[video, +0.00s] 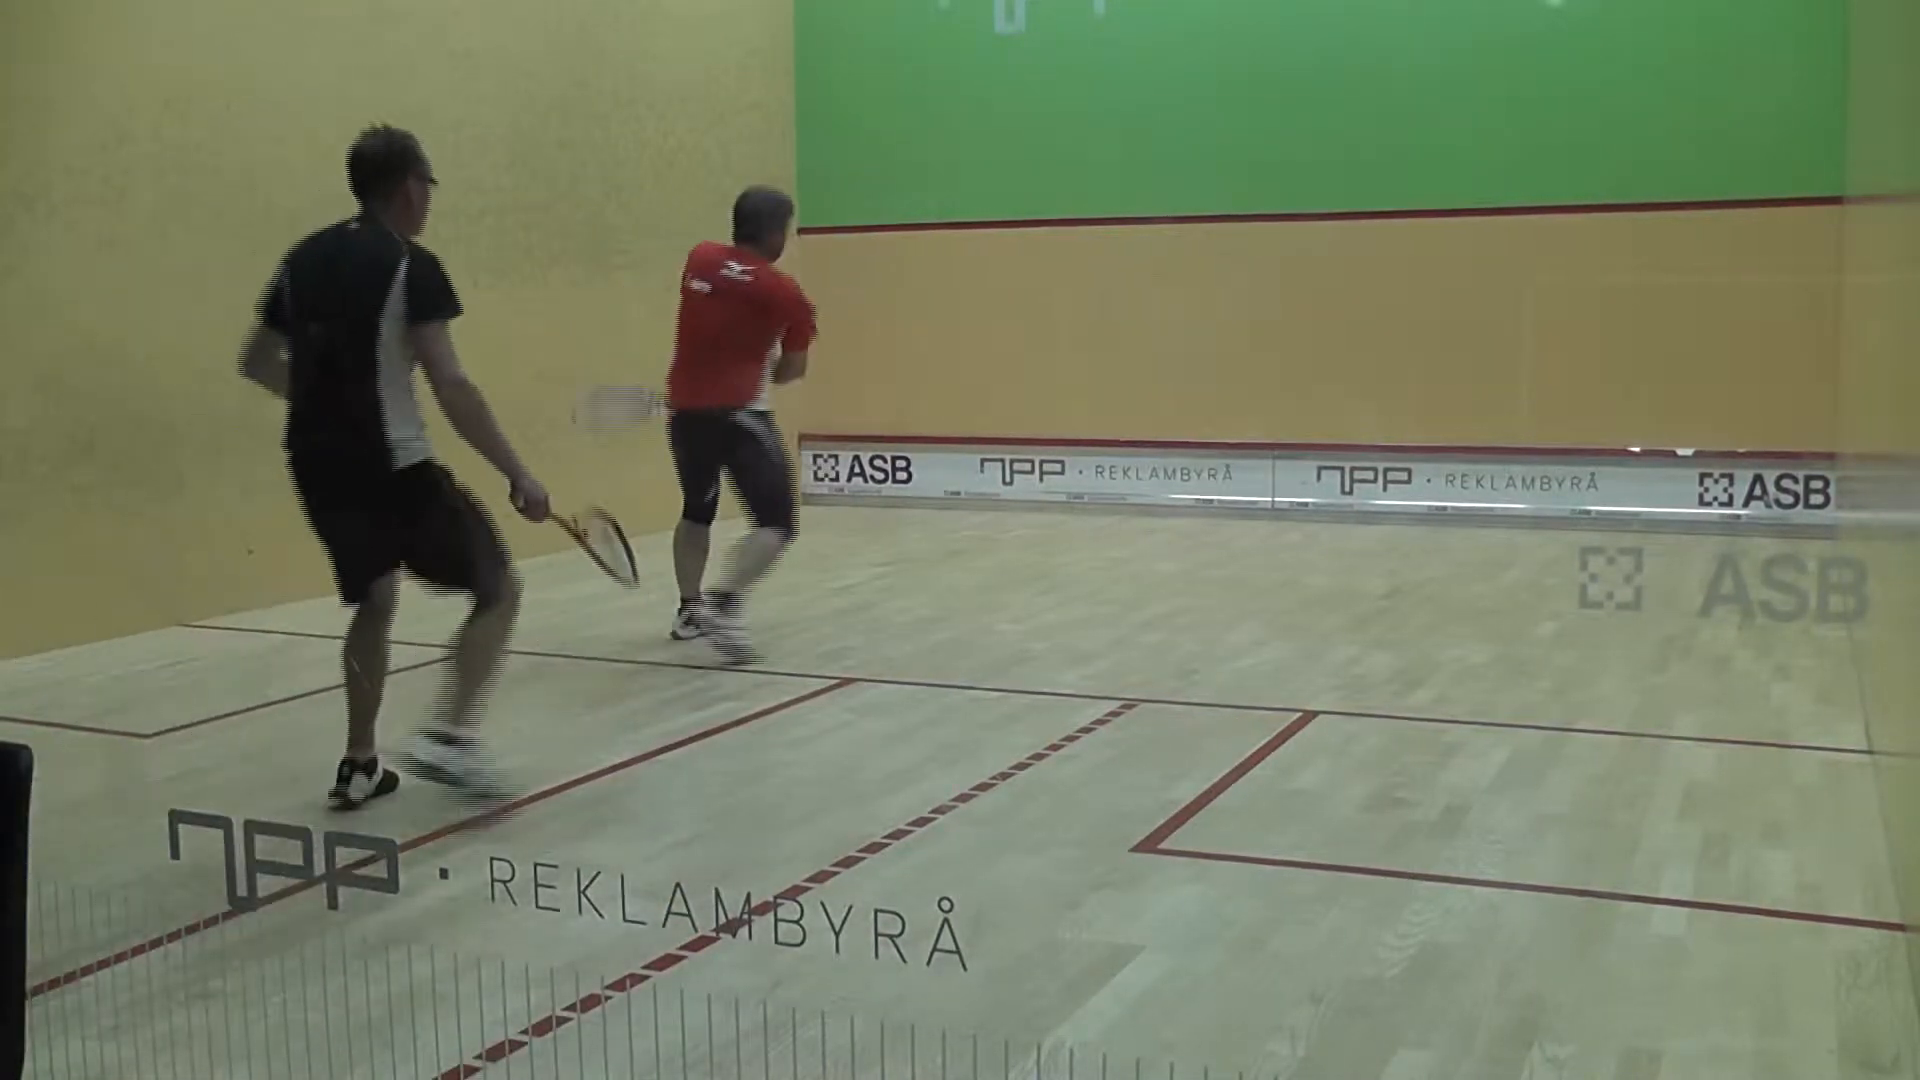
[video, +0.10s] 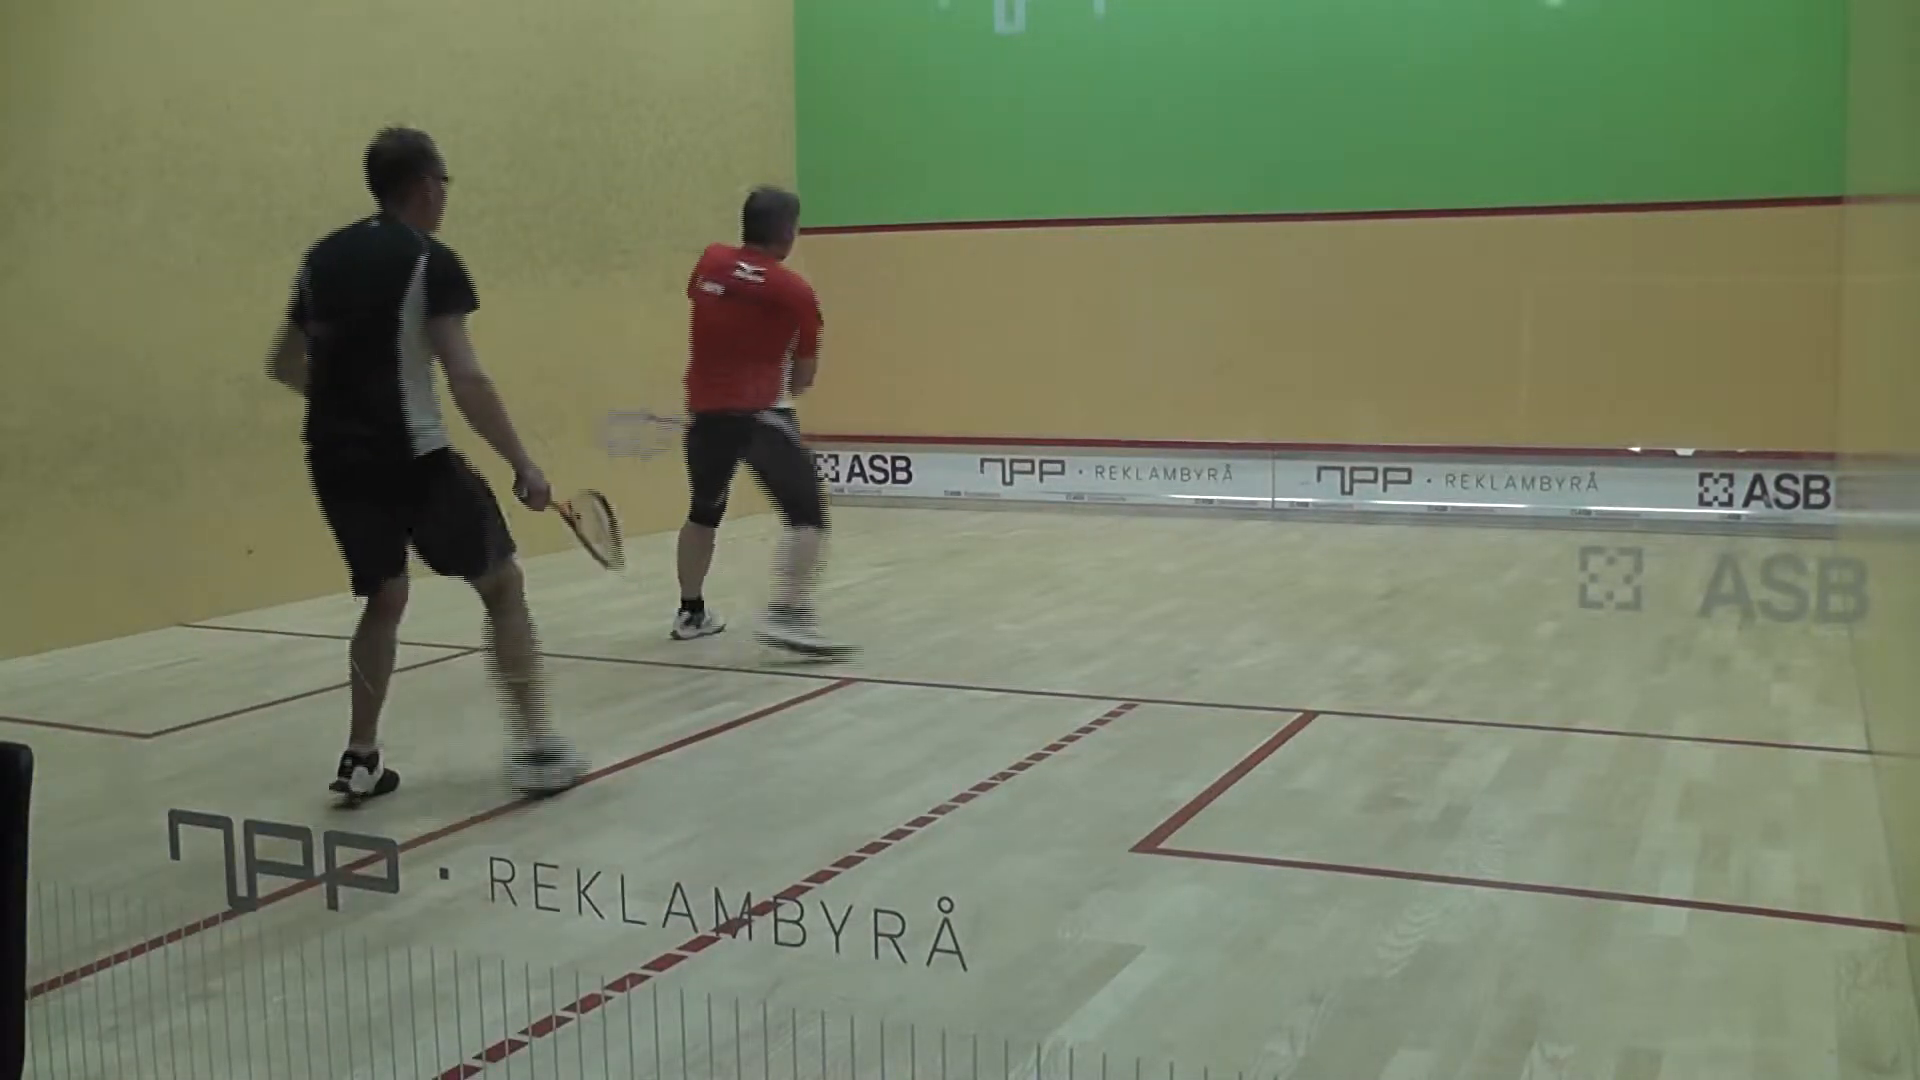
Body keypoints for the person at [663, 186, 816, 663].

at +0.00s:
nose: (790, 237)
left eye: (789, 228)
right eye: (789, 228)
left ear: (739, 227)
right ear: (778, 233)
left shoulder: (701, 257)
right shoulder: (784, 291)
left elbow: (708, 324)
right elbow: (792, 368)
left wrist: (759, 354)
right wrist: (753, 366)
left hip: (686, 412)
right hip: (739, 414)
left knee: (696, 509)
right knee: (777, 522)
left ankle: (689, 611)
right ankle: (721, 605)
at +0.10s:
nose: (796, 235)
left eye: (796, 228)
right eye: (795, 228)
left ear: (746, 227)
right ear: (788, 232)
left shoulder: (710, 262)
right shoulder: (795, 291)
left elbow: (715, 327)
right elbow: (803, 375)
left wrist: (774, 357)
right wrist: (783, 378)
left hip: (707, 417)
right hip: (762, 418)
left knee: (703, 510)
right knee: (806, 513)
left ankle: (690, 613)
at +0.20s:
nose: (820, 243)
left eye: (818, 235)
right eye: (819, 236)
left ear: (771, 235)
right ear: (813, 241)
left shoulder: (734, 275)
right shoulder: (820, 300)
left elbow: (708, 330)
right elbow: (837, 374)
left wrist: (759, 339)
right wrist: (832, 420)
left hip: (737, 430)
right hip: (793, 434)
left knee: (722, 516)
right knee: (856, 522)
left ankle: (692, 614)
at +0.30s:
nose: (840, 240)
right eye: (840, 233)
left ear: (792, 236)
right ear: (837, 239)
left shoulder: (755, 281)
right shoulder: (844, 298)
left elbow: (719, 344)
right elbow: (866, 376)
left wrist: (768, 345)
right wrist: (874, 429)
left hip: (762, 431)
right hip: (820, 431)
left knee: (736, 519)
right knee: (876, 524)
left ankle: (699, 614)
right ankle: (866, 637)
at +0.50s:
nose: (864, 218)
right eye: (869, 211)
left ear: (827, 214)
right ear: (872, 217)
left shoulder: (790, 264)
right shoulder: (884, 276)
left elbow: (770, 336)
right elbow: (919, 357)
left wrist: (814, 360)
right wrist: (956, 412)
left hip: (792, 413)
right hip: (853, 413)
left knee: (775, 512)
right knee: (877, 522)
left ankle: (755, 619)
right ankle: (867, 637)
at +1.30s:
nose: (908, 239)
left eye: (906, 231)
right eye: (906, 231)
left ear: (860, 234)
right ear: (896, 236)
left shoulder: (833, 274)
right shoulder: (885, 281)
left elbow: (834, 354)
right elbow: (891, 353)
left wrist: (879, 415)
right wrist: (942, 412)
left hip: (802, 412)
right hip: (848, 416)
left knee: (821, 505)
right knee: (911, 513)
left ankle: (765, 597)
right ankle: (882, 629)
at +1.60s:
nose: (918, 279)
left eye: (921, 269)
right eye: (916, 269)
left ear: (892, 264)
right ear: (892, 263)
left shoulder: (890, 314)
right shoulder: (831, 295)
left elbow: (897, 383)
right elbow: (812, 359)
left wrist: (928, 432)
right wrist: (883, 375)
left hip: (829, 427)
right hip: (795, 423)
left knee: (832, 534)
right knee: (885, 499)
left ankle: (744, 597)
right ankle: (903, 623)